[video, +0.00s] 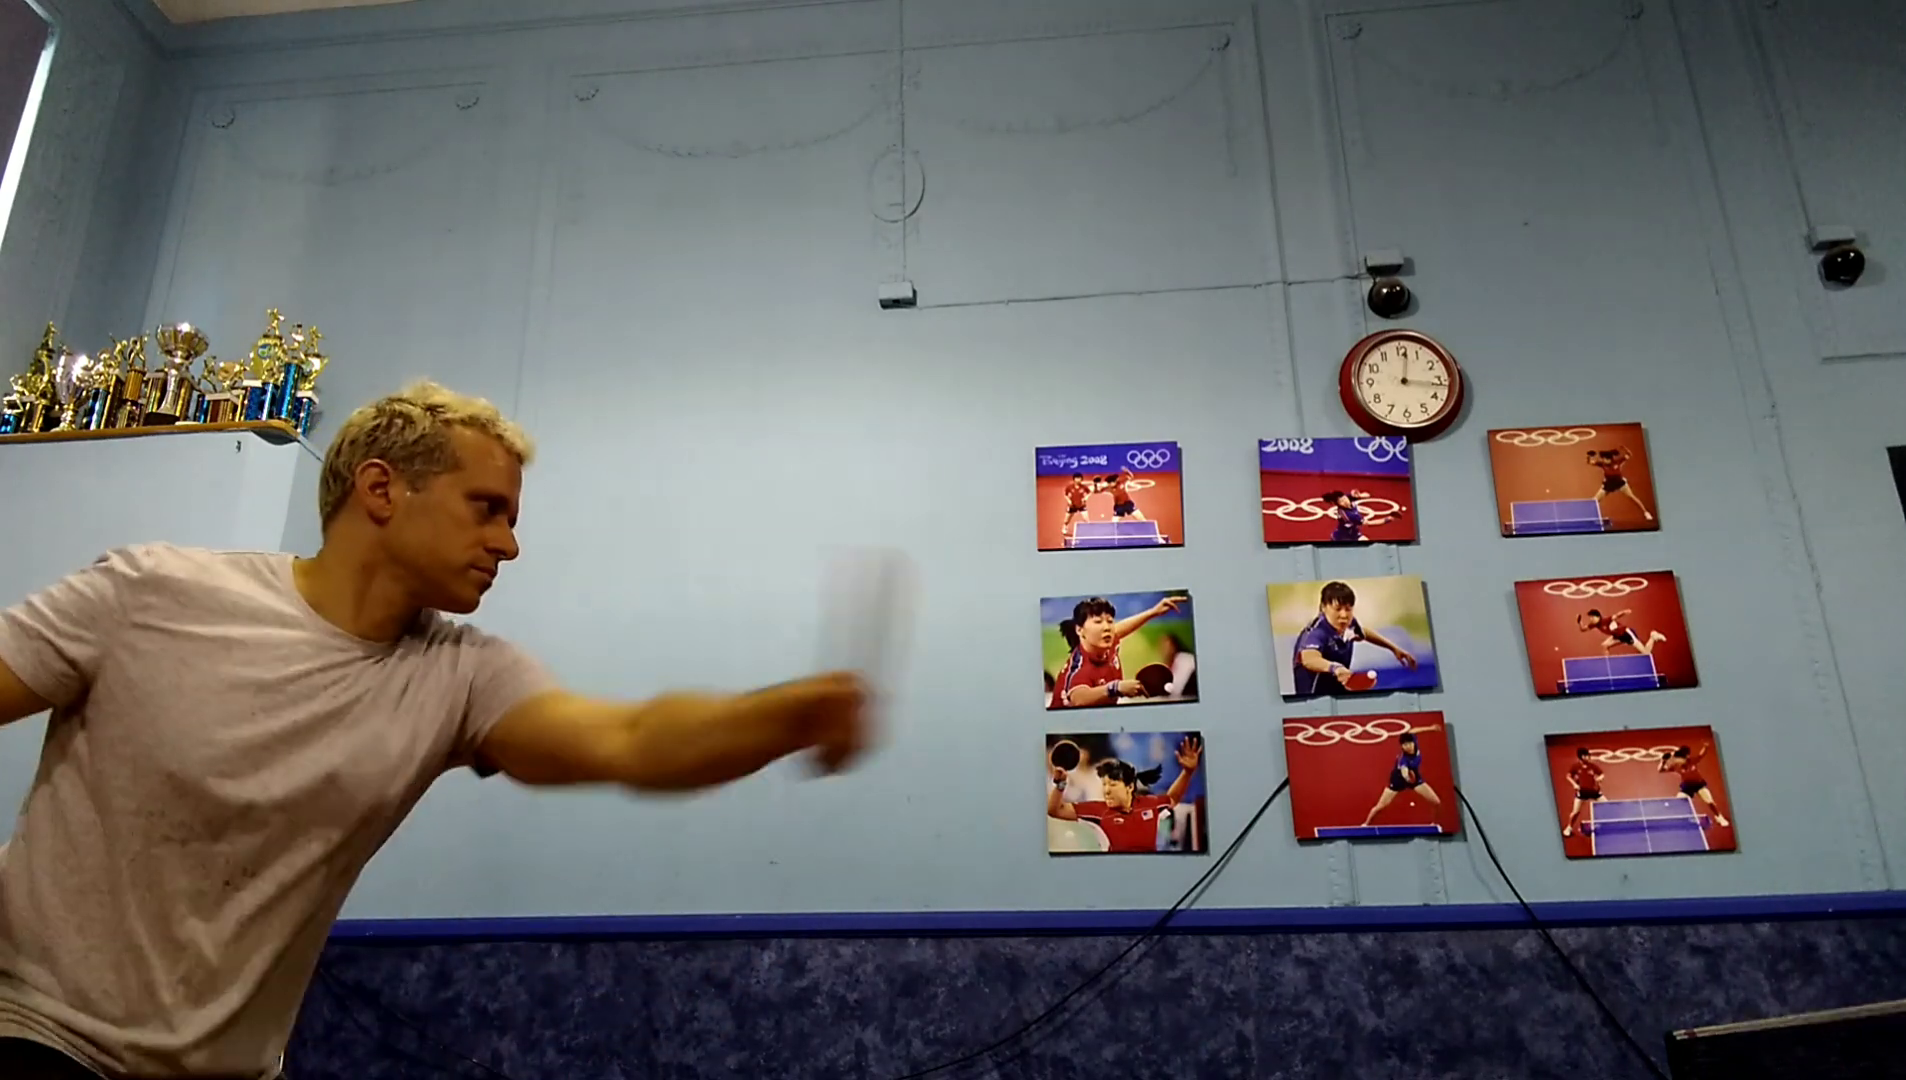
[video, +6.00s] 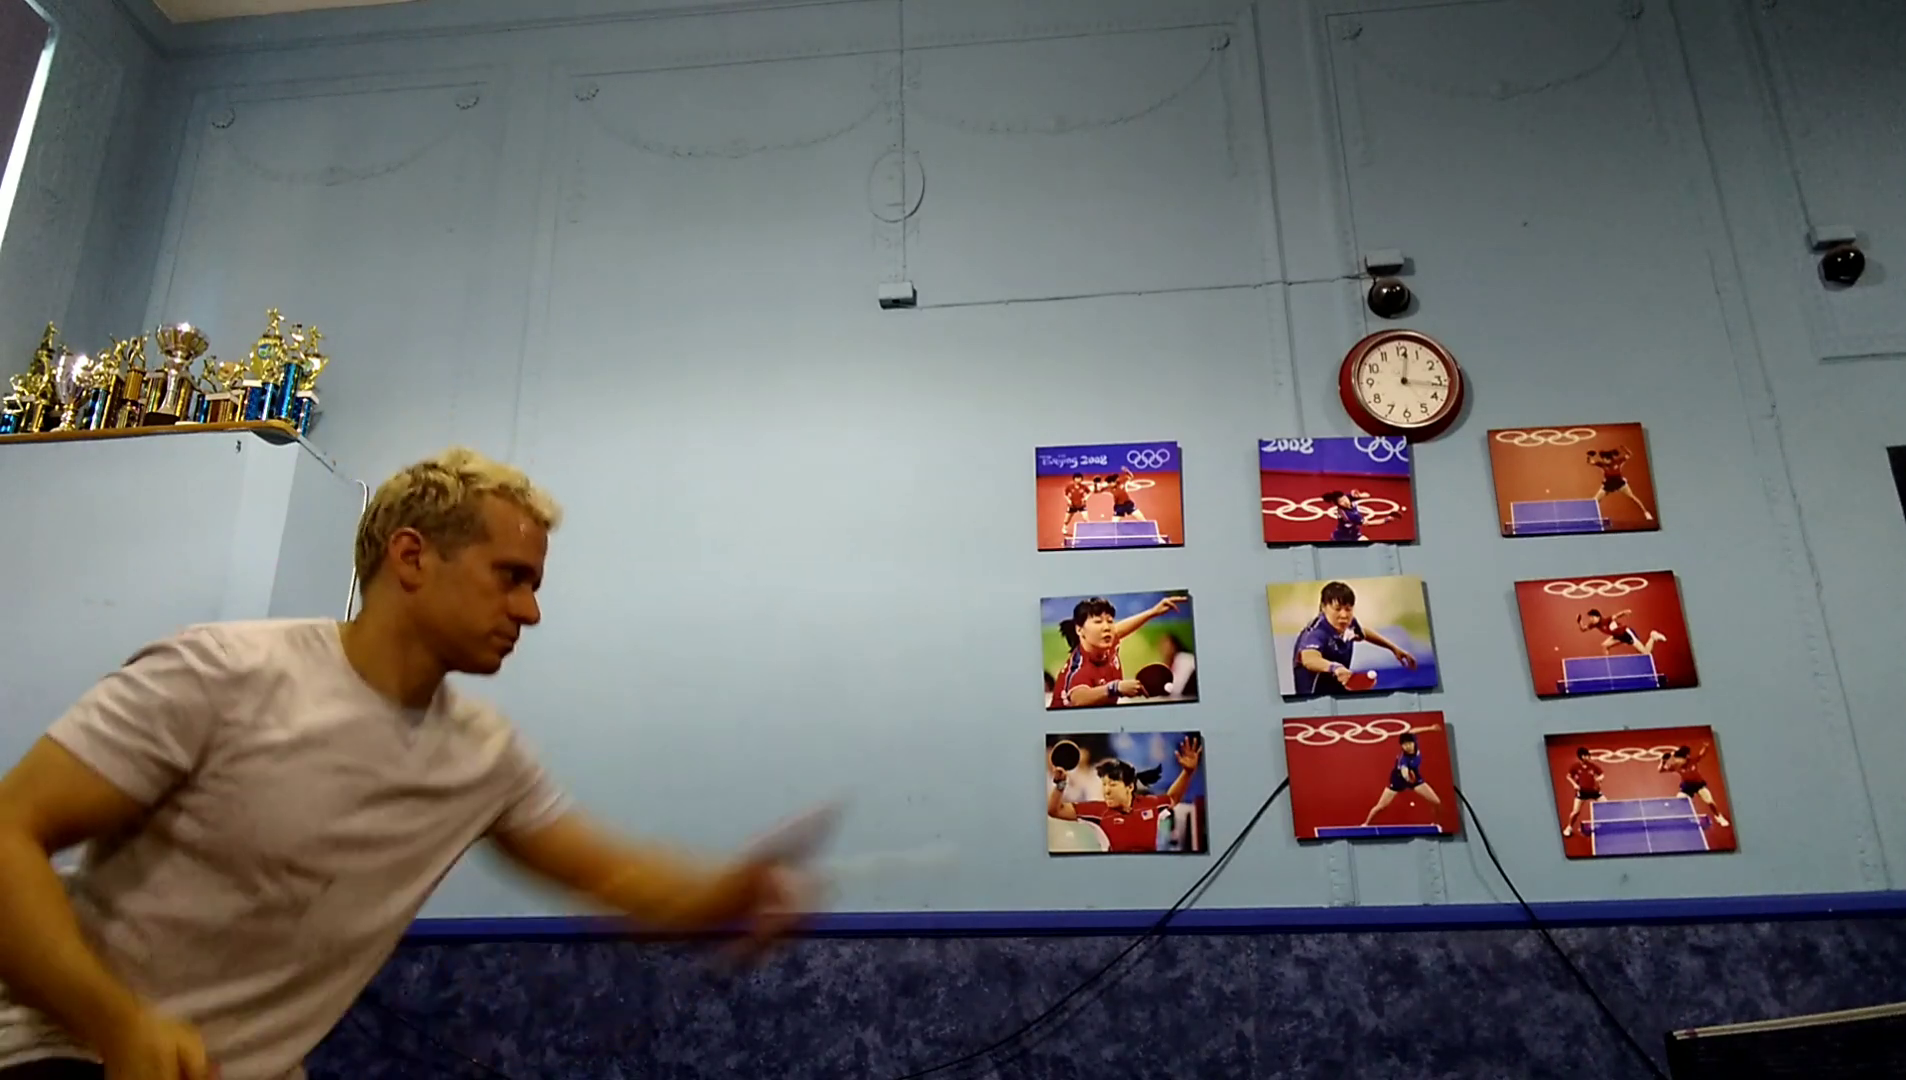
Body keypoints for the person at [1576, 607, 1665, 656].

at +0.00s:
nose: (1590, 620)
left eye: (1591, 618)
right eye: (1590, 618)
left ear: (1597, 617)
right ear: (1593, 618)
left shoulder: (1607, 620)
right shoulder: (1594, 624)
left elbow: (1617, 616)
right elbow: (1583, 630)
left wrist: (1625, 612)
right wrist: (1579, 623)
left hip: (1627, 634)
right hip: (1618, 637)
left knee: (1646, 652)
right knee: (1604, 645)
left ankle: (1653, 636)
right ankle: (1608, 667)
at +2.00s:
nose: (1590, 620)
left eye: (1591, 618)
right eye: (1590, 618)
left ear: (1597, 617)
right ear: (1593, 618)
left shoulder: (1606, 621)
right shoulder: (1594, 624)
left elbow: (1617, 616)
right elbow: (1583, 630)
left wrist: (1625, 612)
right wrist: (1579, 623)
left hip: (1627, 634)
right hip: (1617, 637)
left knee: (1646, 652)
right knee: (1604, 645)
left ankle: (1653, 636)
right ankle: (1608, 667)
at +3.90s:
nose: (1591, 620)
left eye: (1592, 618)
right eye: (1590, 619)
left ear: (1597, 617)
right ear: (1593, 619)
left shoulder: (1607, 620)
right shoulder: (1594, 625)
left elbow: (1617, 615)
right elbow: (1583, 630)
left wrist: (1626, 612)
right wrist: (1579, 623)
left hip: (1627, 633)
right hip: (1617, 636)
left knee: (1645, 652)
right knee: (1604, 645)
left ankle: (1653, 636)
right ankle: (1608, 667)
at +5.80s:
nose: (1590, 620)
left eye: (1591, 618)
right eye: (1590, 619)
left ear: (1597, 617)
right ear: (1593, 618)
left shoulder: (1607, 620)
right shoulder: (1594, 624)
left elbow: (1617, 615)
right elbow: (1583, 630)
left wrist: (1626, 612)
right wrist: (1579, 623)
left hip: (1627, 634)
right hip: (1617, 636)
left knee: (1646, 652)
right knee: (1604, 645)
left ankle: (1653, 636)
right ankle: (1607, 667)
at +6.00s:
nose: (1590, 620)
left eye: (1591, 618)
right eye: (1590, 618)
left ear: (1597, 617)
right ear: (1593, 618)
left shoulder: (1607, 620)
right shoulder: (1594, 624)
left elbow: (1617, 615)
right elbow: (1583, 630)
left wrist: (1625, 612)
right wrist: (1579, 623)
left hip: (1627, 634)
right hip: (1617, 637)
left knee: (1646, 652)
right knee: (1604, 645)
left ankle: (1653, 636)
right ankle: (1607, 667)